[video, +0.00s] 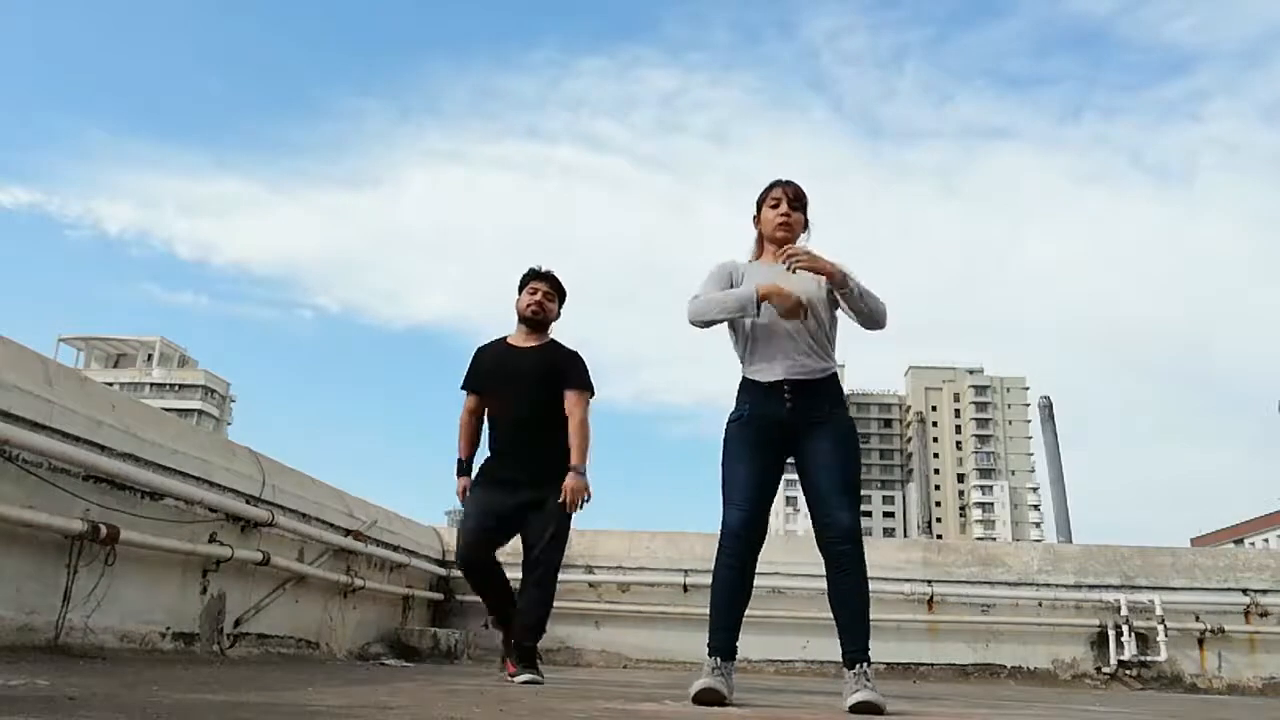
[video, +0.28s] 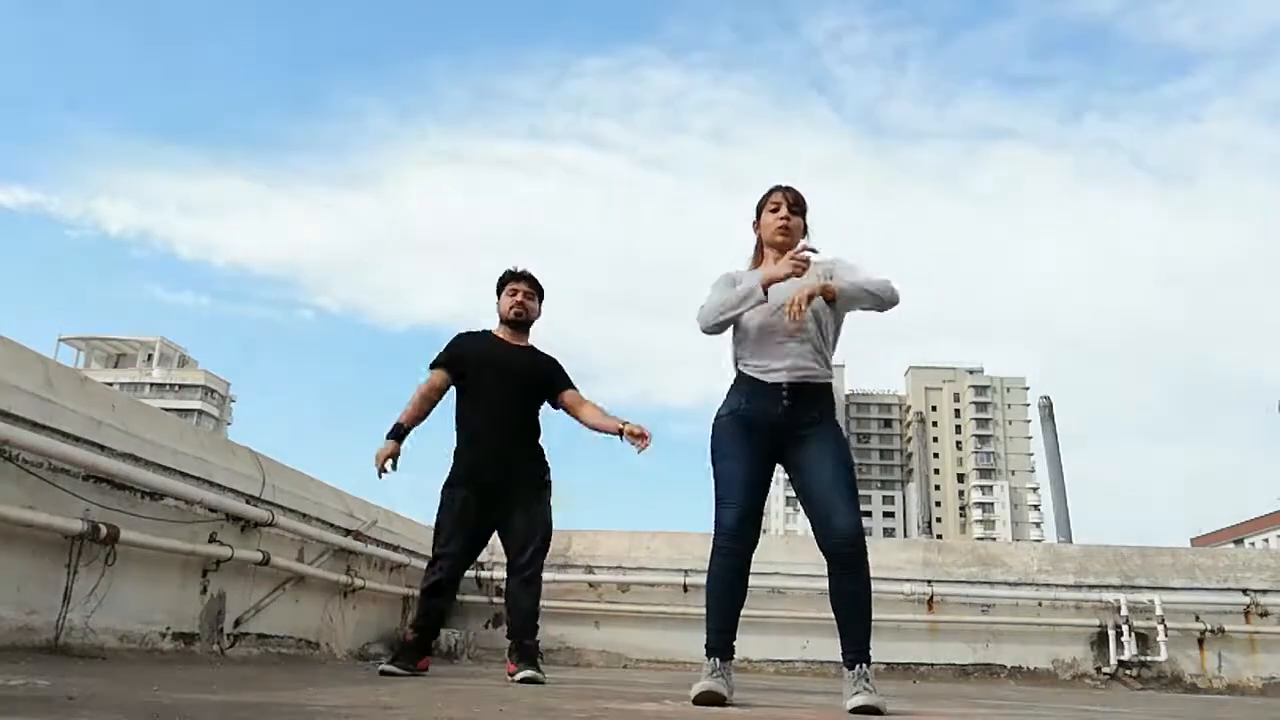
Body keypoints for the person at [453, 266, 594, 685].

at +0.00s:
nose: (538, 299)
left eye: (548, 297)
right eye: (532, 292)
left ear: (557, 312)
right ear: (517, 301)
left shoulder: (569, 361)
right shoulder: (488, 355)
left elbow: (577, 416)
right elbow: (472, 413)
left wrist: (578, 470)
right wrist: (464, 467)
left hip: (551, 481)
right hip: (499, 477)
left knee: (541, 569)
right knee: (471, 553)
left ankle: (524, 653)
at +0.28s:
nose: (520, 299)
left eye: (530, 296)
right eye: (513, 293)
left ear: (538, 310)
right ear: (498, 303)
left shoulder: (545, 366)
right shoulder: (467, 346)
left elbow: (580, 406)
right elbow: (430, 392)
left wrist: (620, 426)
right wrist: (396, 436)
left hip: (525, 481)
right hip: (470, 475)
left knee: (526, 568)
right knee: (445, 564)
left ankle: (524, 657)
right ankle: (416, 649)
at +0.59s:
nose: (502, 297)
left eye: (510, 292)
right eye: (492, 293)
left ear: (523, 304)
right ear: (482, 307)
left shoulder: (546, 360)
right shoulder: (467, 350)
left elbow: (548, 423)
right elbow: (436, 387)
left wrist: (542, 476)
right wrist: (447, 383)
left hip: (517, 481)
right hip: (463, 477)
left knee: (523, 571)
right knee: (439, 564)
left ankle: (535, 654)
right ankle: (413, 649)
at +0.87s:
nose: (503, 299)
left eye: (513, 296)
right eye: (497, 294)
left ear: (527, 310)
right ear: (487, 307)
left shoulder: (548, 357)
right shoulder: (468, 362)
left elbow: (580, 398)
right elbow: (454, 413)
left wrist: (610, 440)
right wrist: (452, 462)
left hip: (520, 485)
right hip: (464, 478)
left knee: (528, 567)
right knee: (421, 552)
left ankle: (535, 653)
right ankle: (397, 643)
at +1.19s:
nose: (487, 300)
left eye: (498, 300)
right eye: (484, 292)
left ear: (507, 318)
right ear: (470, 300)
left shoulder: (517, 360)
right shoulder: (436, 356)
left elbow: (543, 398)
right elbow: (404, 405)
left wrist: (559, 412)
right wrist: (372, 456)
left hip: (503, 484)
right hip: (445, 480)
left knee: (524, 564)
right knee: (421, 566)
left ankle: (537, 652)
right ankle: (392, 649)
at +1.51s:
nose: (480, 305)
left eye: (491, 303)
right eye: (476, 297)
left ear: (501, 317)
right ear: (462, 302)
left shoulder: (516, 355)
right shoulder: (435, 364)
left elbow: (537, 407)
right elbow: (410, 411)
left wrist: (517, 451)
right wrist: (384, 444)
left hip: (493, 479)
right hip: (437, 478)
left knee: (509, 568)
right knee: (417, 563)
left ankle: (535, 654)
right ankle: (392, 647)